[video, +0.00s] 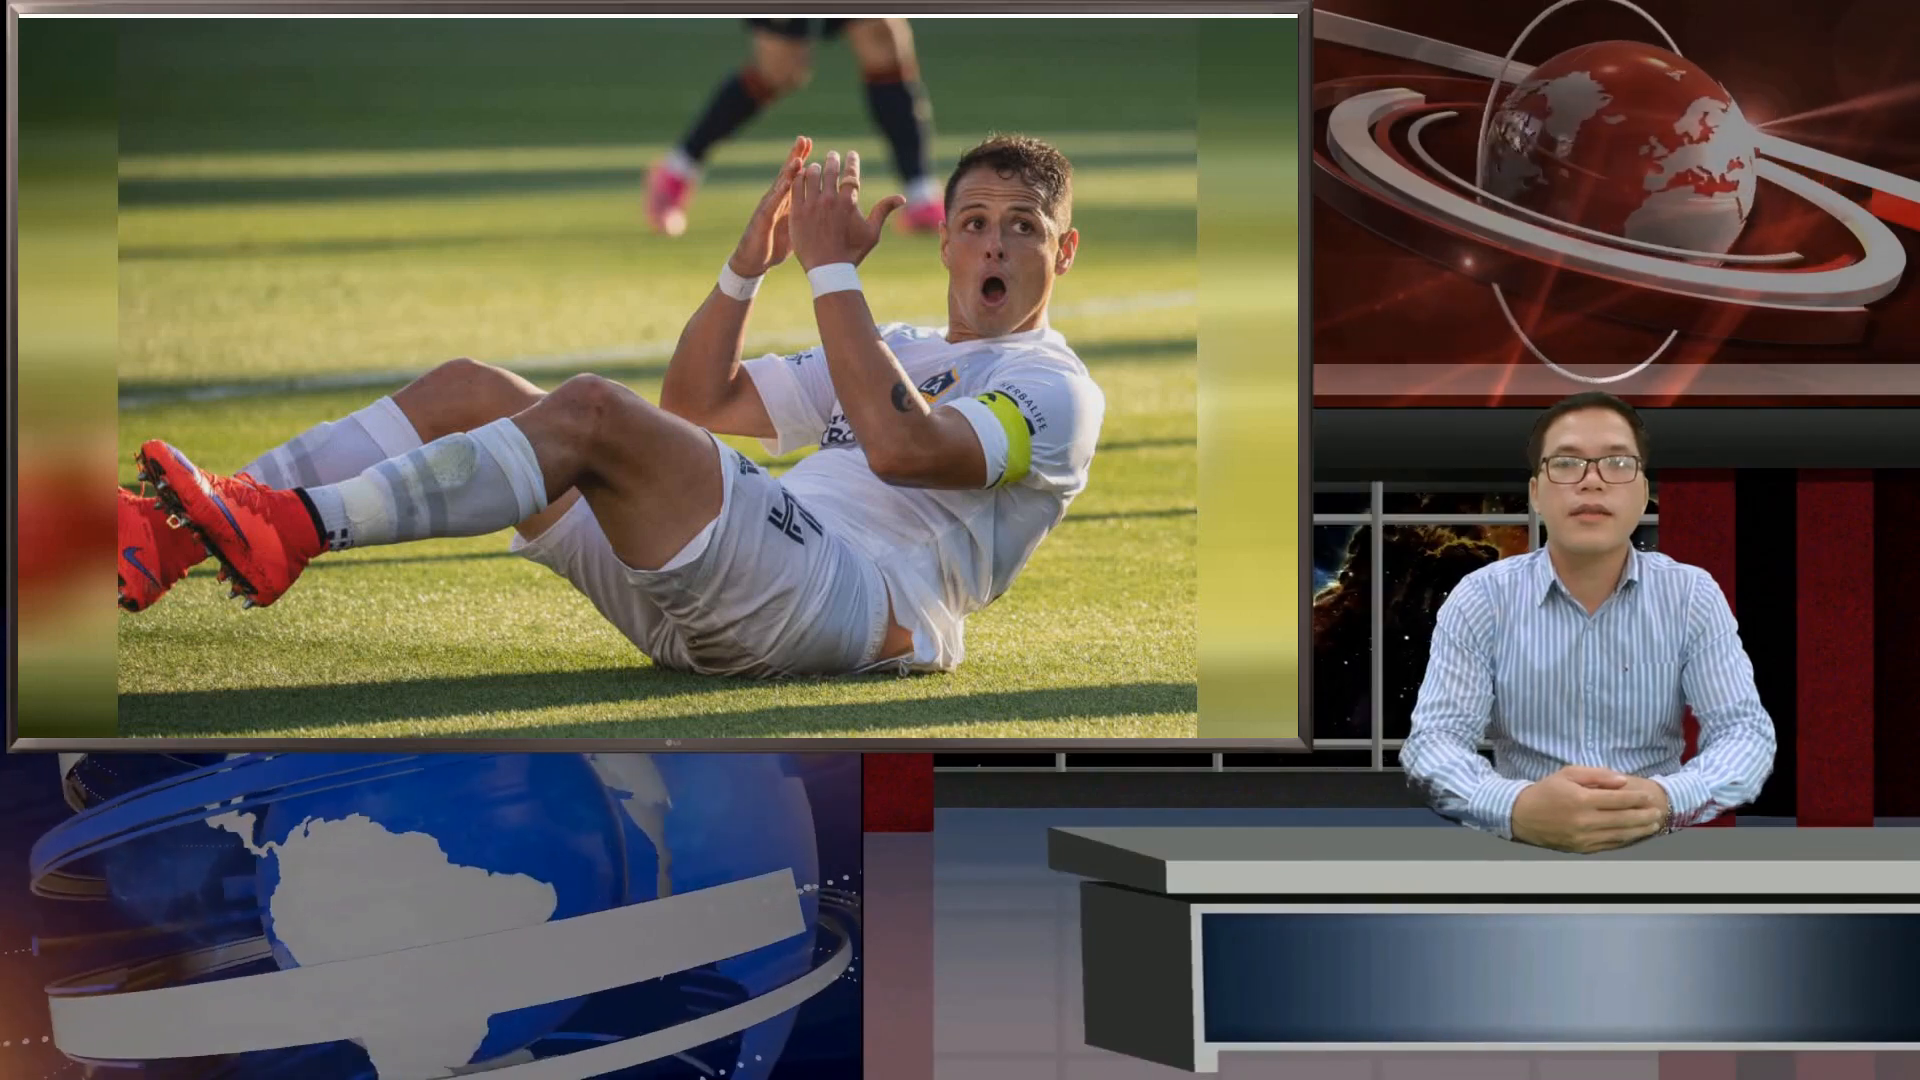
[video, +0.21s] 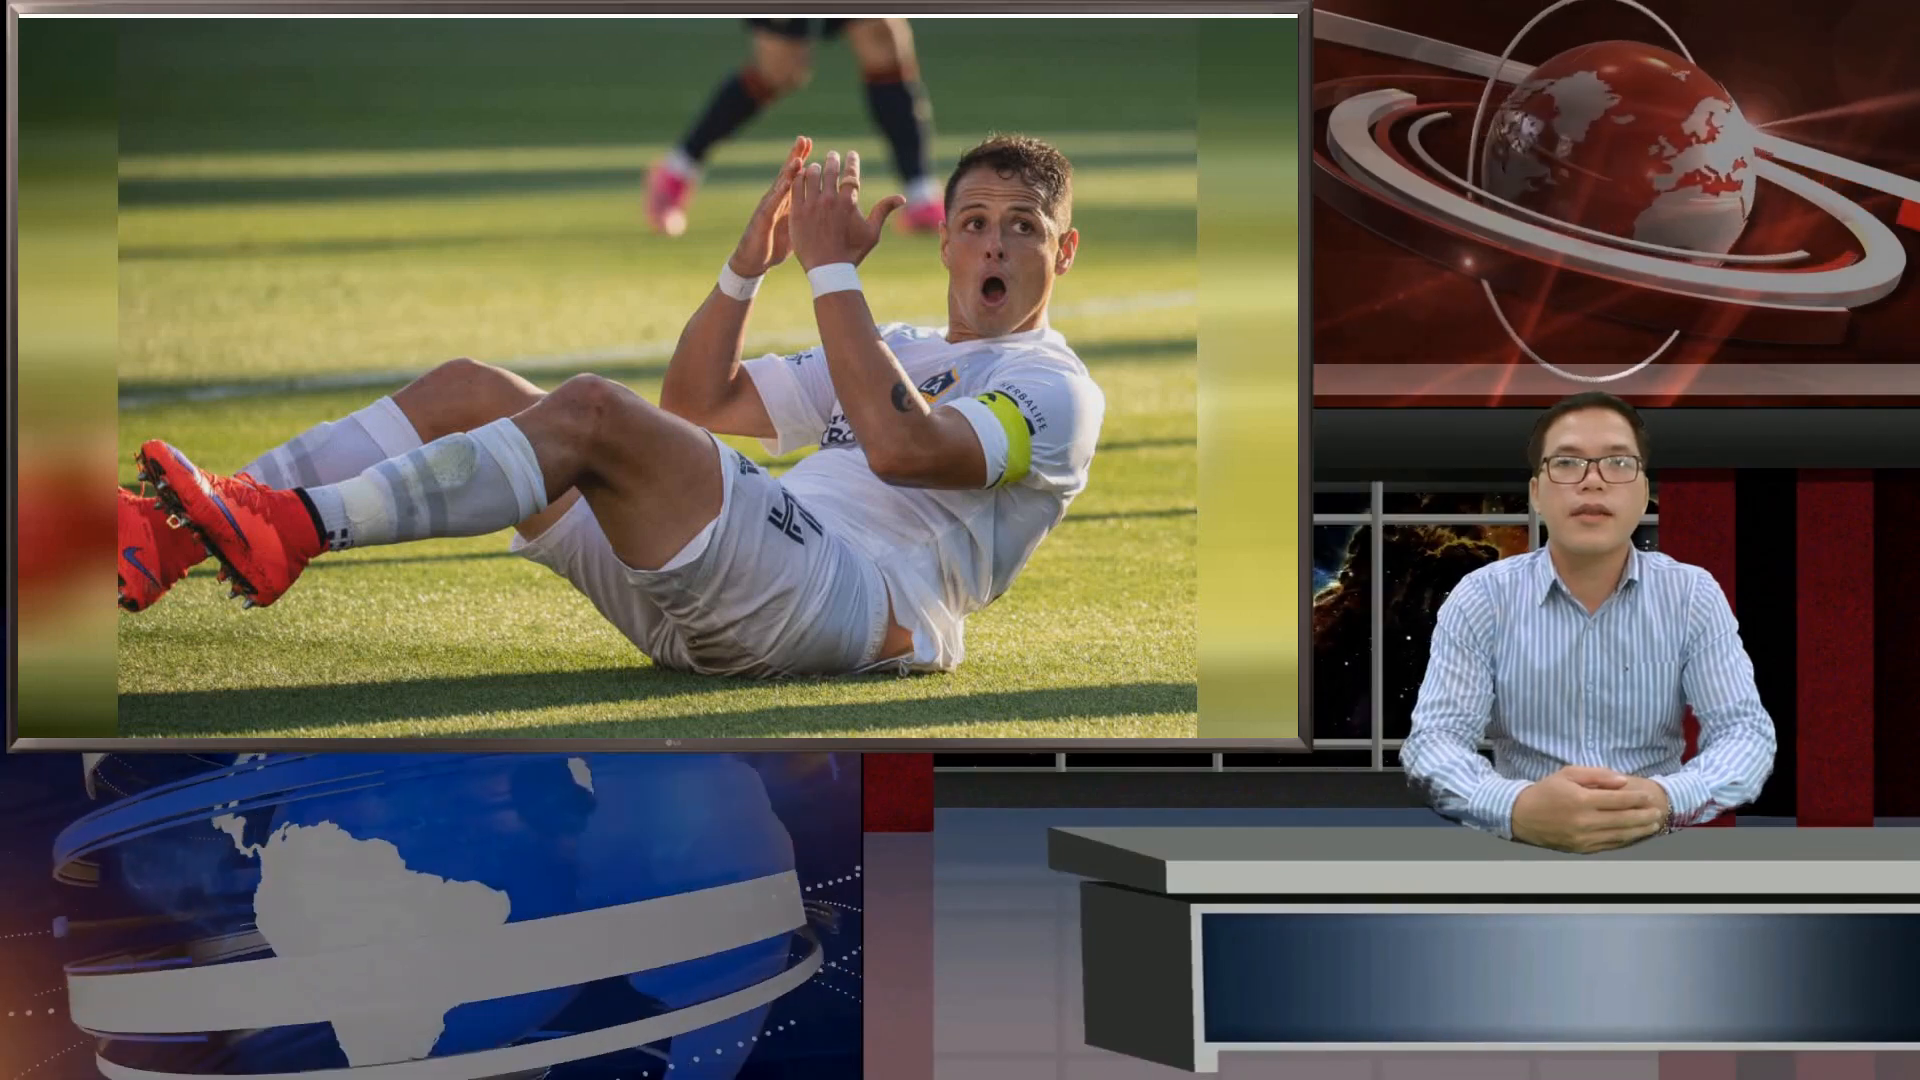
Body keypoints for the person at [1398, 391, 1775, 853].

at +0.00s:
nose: (1591, 481)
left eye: (1616, 463)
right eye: (1566, 463)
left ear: (1643, 493)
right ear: (1536, 494)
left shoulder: (1688, 598)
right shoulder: (1483, 601)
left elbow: (1744, 734)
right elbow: (1432, 745)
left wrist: (1668, 800)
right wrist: (1515, 809)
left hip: (1656, 851)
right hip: (1519, 854)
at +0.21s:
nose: (1592, 481)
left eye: (1616, 463)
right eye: (1567, 463)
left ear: (1644, 493)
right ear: (1537, 494)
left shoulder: (1689, 597)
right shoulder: (1483, 600)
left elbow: (1744, 734)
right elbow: (1432, 745)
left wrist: (1668, 799)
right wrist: (1514, 809)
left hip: (1655, 853)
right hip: (1519, 856)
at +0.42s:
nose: (1593, 481)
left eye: (1617, 463)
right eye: (1568, 463)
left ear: (1644, 494)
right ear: (1537, 494)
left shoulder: (1689, 597)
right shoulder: (1483, 600)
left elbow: (1745, 734)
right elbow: (1432, 745)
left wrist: (1667, 800)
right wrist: (1514, 809)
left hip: (1656, 853)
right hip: (1520, 856)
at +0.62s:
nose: (1593, 482)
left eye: (1618, 463)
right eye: (1568, 463)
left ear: (1645, 493)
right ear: (1537, 494)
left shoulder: (1690, 597)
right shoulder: (1483, 601)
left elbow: (1745, 734)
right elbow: (1432, 745)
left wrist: (1667, 800)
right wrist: (1514, 809)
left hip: (1655, 852)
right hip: (1520, 856)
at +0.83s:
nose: (1594, 482)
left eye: (1618, 463)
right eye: (1568, 463)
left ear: (1645, 494)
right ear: (1538, 495)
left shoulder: (1690, 598)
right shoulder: (1484, 600)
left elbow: (1745, 735)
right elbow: (1432, 745)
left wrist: (1667, 800)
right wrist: (1514, 809)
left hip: (1656, 853)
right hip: (1520, 856)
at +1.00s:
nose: (1594, 482)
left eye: (1618, 464)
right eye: (1568, 463)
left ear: (1645, 494)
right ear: (1538, 494)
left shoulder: (1690, 598)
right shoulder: (1484, 600)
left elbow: (1744, 735)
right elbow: (1432, 745)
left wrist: (1667, 799)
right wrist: (1515, 809)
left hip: (1655, 850)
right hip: (1518, 853)